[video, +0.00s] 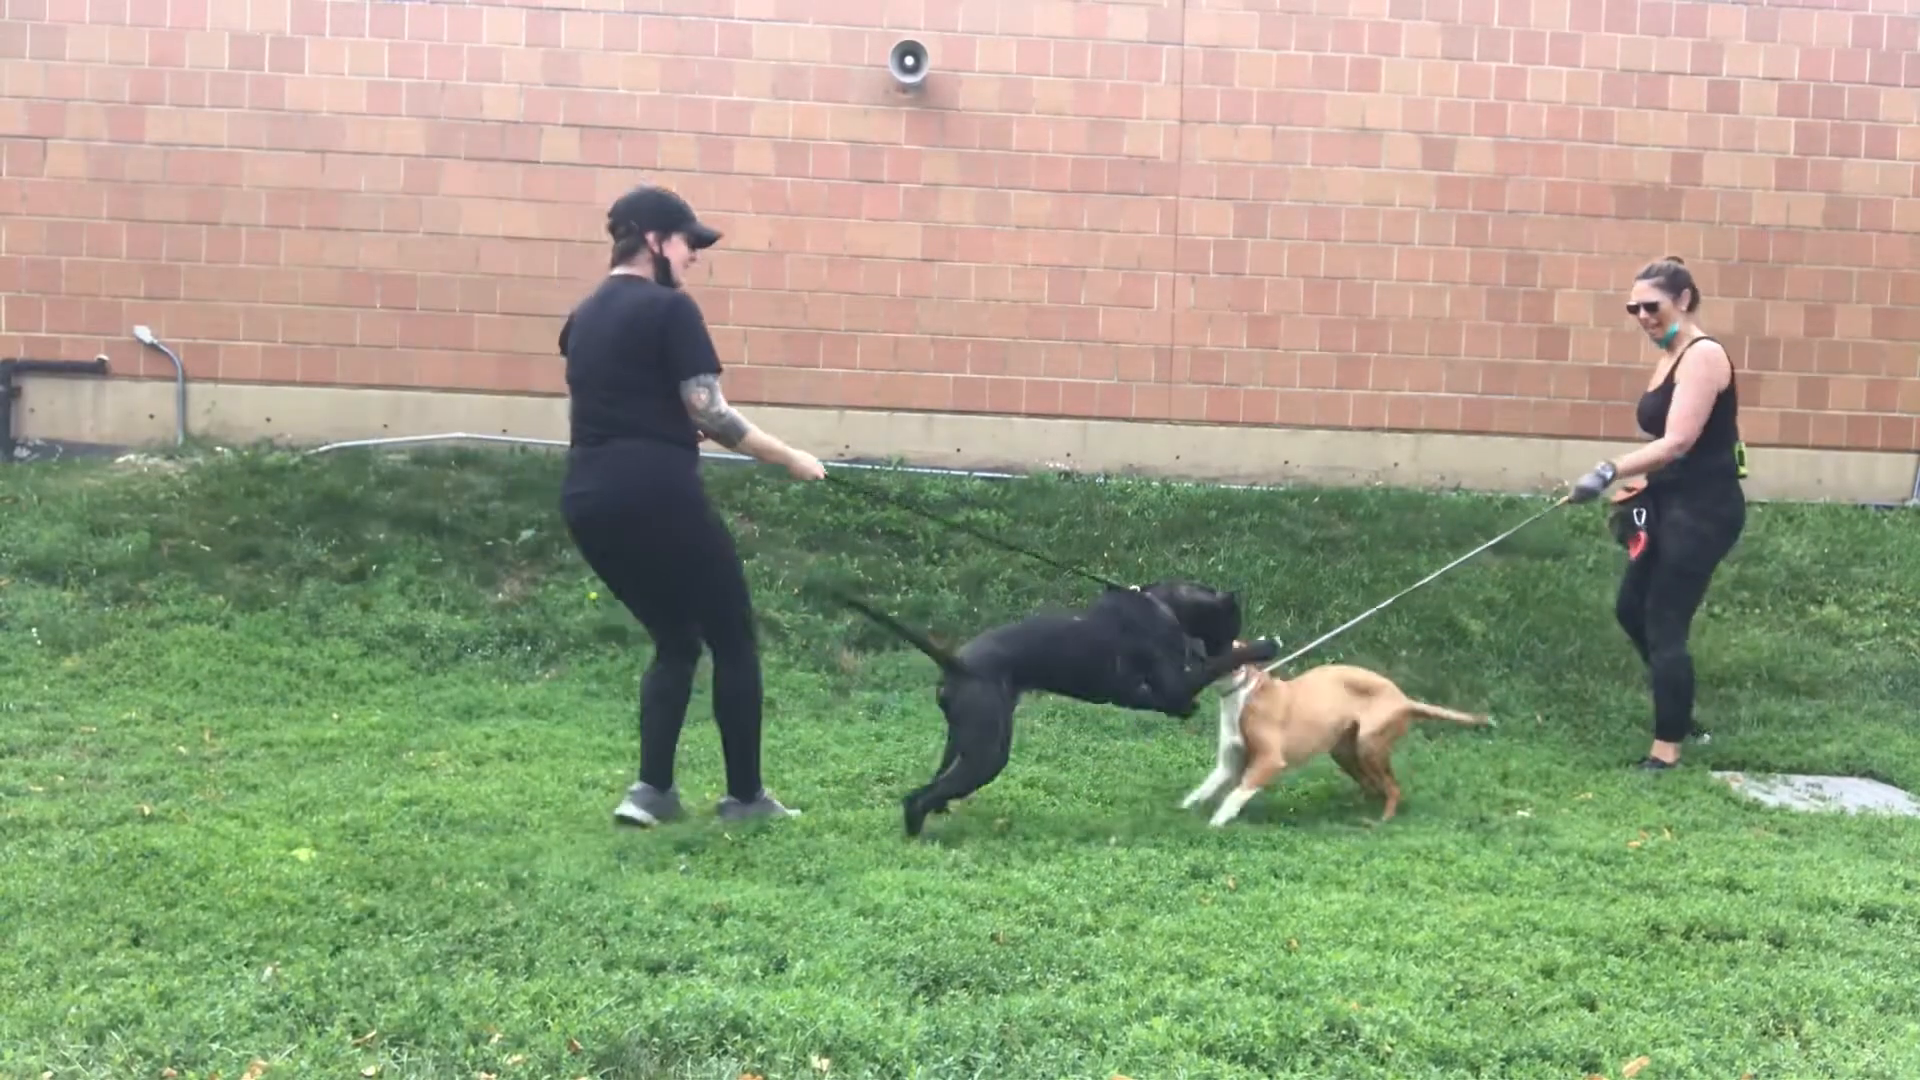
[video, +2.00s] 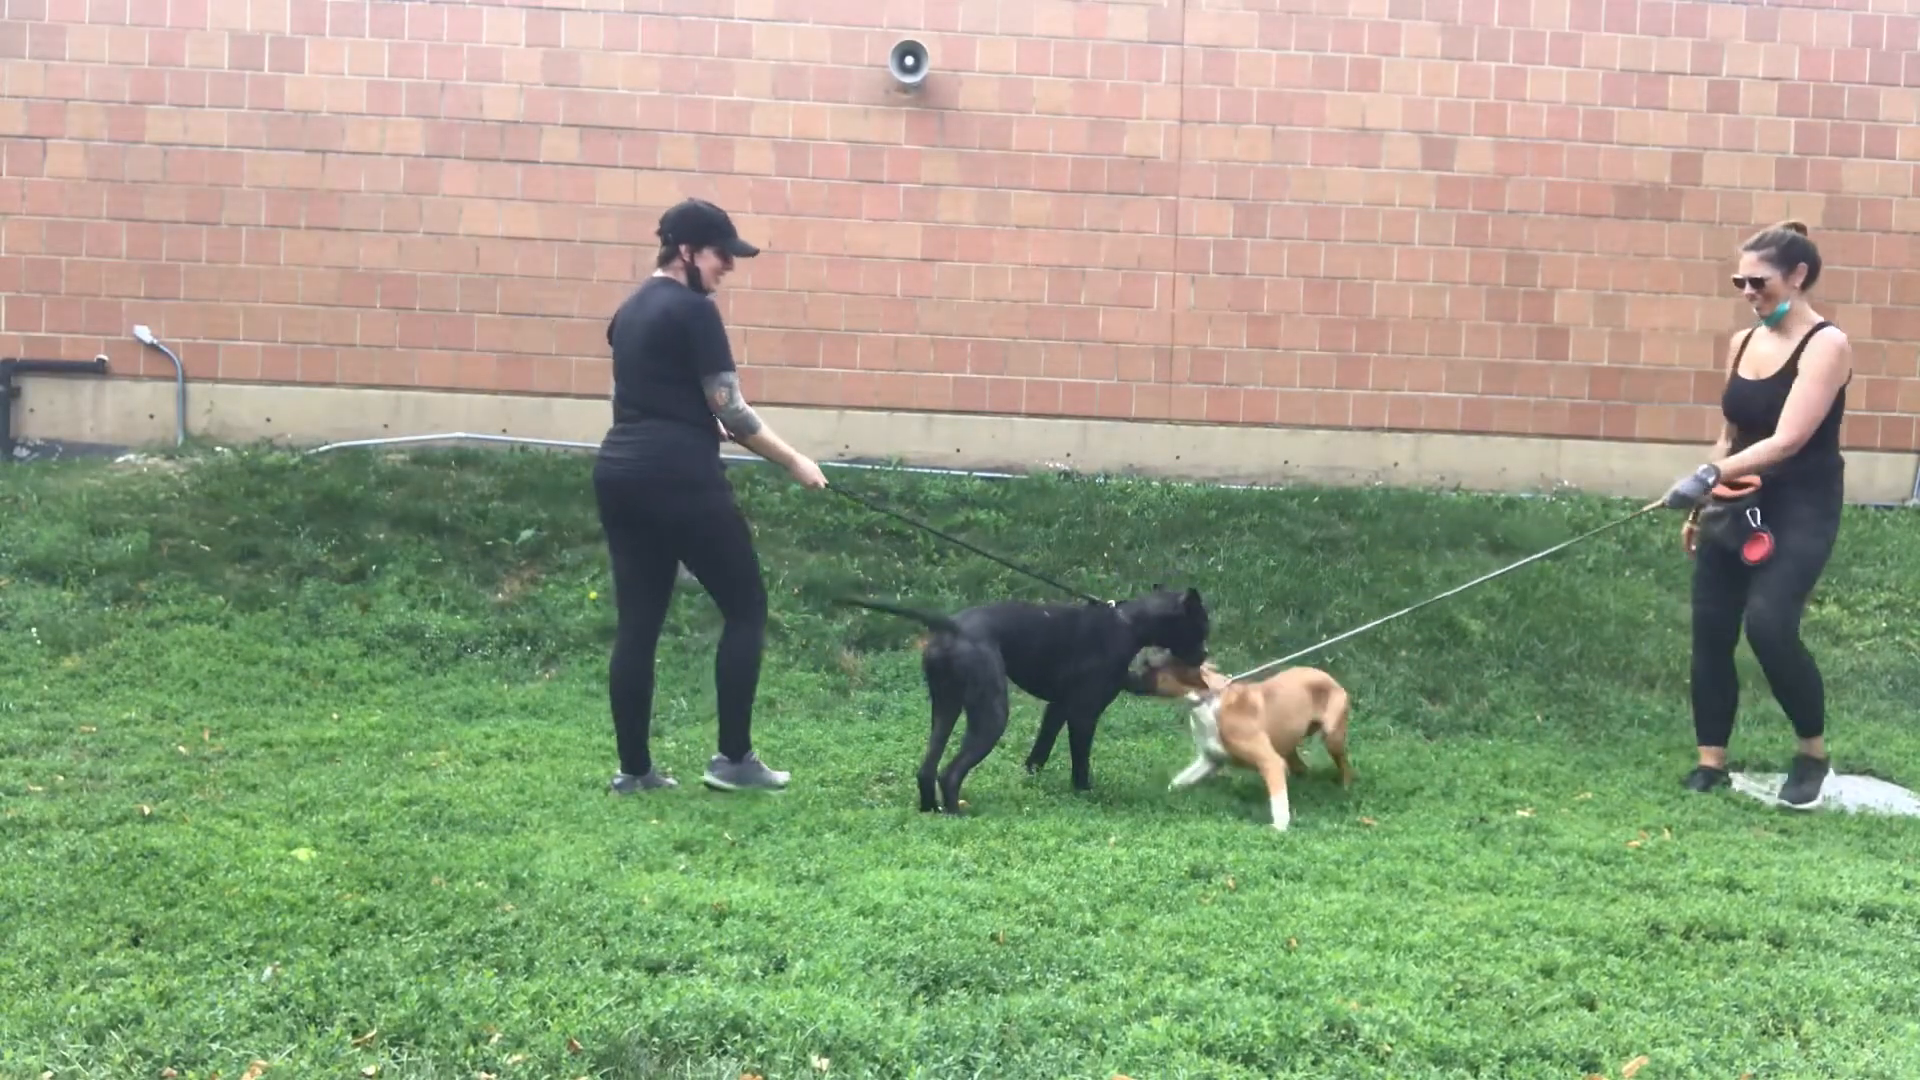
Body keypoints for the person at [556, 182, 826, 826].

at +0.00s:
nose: (694, 260)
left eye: (696, 248)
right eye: (690, 247)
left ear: (629, 244)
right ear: (655, 242)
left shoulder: (586, 312)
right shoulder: (670, 306)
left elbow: (606, 404)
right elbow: (707, 410)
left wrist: (689, 417)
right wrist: (787, 456)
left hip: (588, 494)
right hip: (661, 494)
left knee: (675, 638)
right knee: (733, 635)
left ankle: (651, 789)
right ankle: (746, 796)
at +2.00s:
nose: (727, 266)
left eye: (728, 256)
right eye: (720, 255)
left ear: (676, 254)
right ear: (686, 252)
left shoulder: (630, 307)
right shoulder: (693, 308)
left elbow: (644, 400)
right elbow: (730, 410)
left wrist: (717, 419)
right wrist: (793, 460)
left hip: (620, 472)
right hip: (682, 475)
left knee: (637, 623)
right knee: (746, 606)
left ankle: (634, 770)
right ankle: (735, 756)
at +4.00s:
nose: (756, 277)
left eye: (758, 267)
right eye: (748, 265)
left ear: (711, 269)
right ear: (714, 265)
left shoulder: (685, 312)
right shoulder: (716, 316)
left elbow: (690, 407)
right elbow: (740, 405)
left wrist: (737, 458)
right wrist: (807, 452)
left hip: (665, 466)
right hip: (702, 470)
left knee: (711, 611)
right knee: (733, 613)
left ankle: (644, 732)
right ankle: (746, 754)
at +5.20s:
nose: (753, 279)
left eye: (757, 270)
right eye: (744, 269)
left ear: (743, 274)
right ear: (711, 271)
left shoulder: (718, 319)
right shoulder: (709, 322)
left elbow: (749, 403)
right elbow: (759, 404)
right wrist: (827, 439)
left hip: (732, 472)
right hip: (716, 474)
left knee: (785, 591)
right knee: (722, 608)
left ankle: (710, 701)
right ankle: (726, 742)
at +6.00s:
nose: (804, 287)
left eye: (808, 279)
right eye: (794, 278)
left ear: (808, 283)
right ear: (764, 281)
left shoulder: (803, 343)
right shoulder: (749, 338)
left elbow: (805, 420)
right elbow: (794, 406)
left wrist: (822, 480)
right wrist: (865, 439)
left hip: (802, 481)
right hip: (754, 478)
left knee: (795, 605)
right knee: (754, 603)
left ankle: (797, 723)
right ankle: (718, 729)